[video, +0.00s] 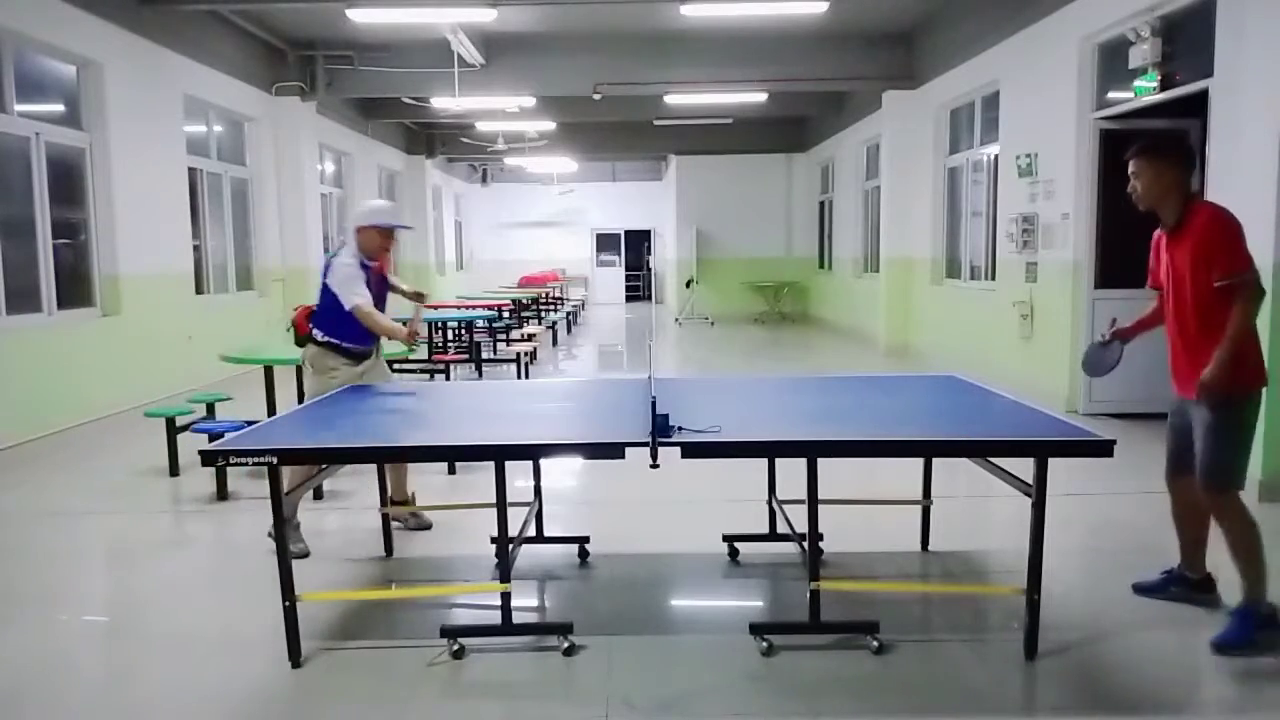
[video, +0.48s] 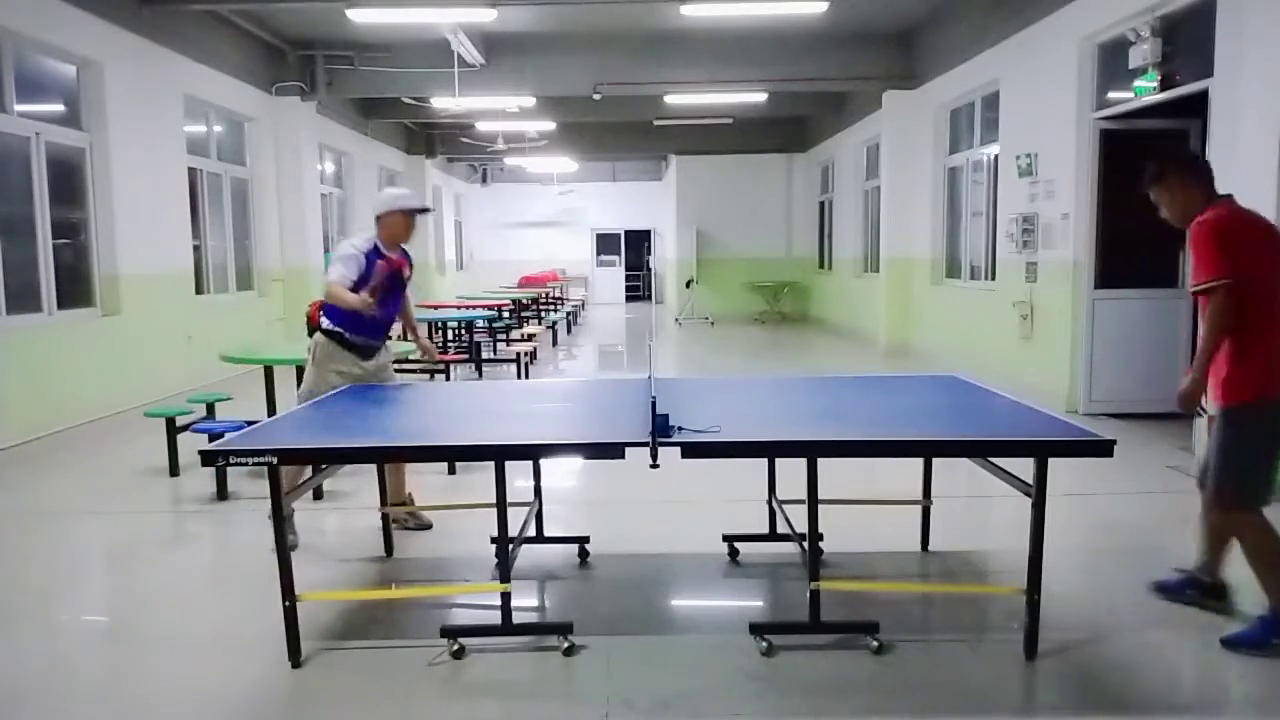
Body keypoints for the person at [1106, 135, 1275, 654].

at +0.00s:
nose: (1130, 187)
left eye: (1137, 176)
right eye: (1129, 178)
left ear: (1170, 174)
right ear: (1150, 181)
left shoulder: (1214, 225)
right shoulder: (1161, 238)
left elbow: (1250, 294)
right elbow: (1168, 303)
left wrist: (1220, 362)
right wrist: (1130, 329)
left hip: (1229, 383)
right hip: (1188, 382)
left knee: (1217, 488)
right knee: (1181, 478)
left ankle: (1259, 604)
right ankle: (1192, 575)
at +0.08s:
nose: (1129, 190)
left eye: (1136, 179)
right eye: (1128, 181)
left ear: (1169, 175)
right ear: (1152, 182)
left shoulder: (1211, 224)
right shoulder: (1168, 235)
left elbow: (1242, 298)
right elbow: (1180, 306)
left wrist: (1215, 364)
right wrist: (1134, 334)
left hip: (1229, 385)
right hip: (1190, 384)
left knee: (1225, 493)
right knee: (1183, 479)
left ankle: (1266, 605)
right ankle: (1192, 575)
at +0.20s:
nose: (1131, 196)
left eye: (1136, 184)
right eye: (1128, 186)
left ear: (1167, 177)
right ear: (1157, 184)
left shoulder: (1206, 223)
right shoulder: (1178, 234)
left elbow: (1233, 297)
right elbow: (1196, 305)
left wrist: (1208, 366)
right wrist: (1154, 337)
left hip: (1235, 386)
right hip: (1201, 385)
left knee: (1228, 495)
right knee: (1185, 477)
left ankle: (1271, 604)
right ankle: (1192, 574)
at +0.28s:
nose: (1136, 203)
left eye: (1140, 190)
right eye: (1133, 193)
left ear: (1170, 179)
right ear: (1170, 182)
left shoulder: (1208, 225)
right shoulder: (1191, 231)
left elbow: (1228, 299)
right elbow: (1213, 302)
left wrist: (1201, 374)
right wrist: (1186, 343)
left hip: (1240, 384)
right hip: (1212, 383)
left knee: (1222, 496)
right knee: (1186, 477)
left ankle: (1277, 607)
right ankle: (1192, 574)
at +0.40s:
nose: (1151, 211)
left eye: (1152, 199)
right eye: (1147, 201)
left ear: (1178, 184)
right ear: (1189, 184)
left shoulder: (1206, 227)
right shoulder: (1236, 224)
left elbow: (1222, 303)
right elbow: (1253, 307)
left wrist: (1195, 373)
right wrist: (1212, 375)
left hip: (1245, 387)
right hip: (1239, 383)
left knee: (1225, 499)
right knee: (1201, 483)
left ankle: (1278, 611)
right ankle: (1191, 573)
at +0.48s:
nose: (1161, 214)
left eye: (1160, 201)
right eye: (1157, 204)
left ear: (1183, 183)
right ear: (1199, 181)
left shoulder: (1208, 227)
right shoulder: (1255, 223)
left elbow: (1218, 307)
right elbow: (1256, 308)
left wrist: (1195, 377)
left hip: (1249, 389)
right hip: (1258, 385)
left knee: (1232, 502)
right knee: (1217, 486)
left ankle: (1278, 612)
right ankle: (1206, 576)